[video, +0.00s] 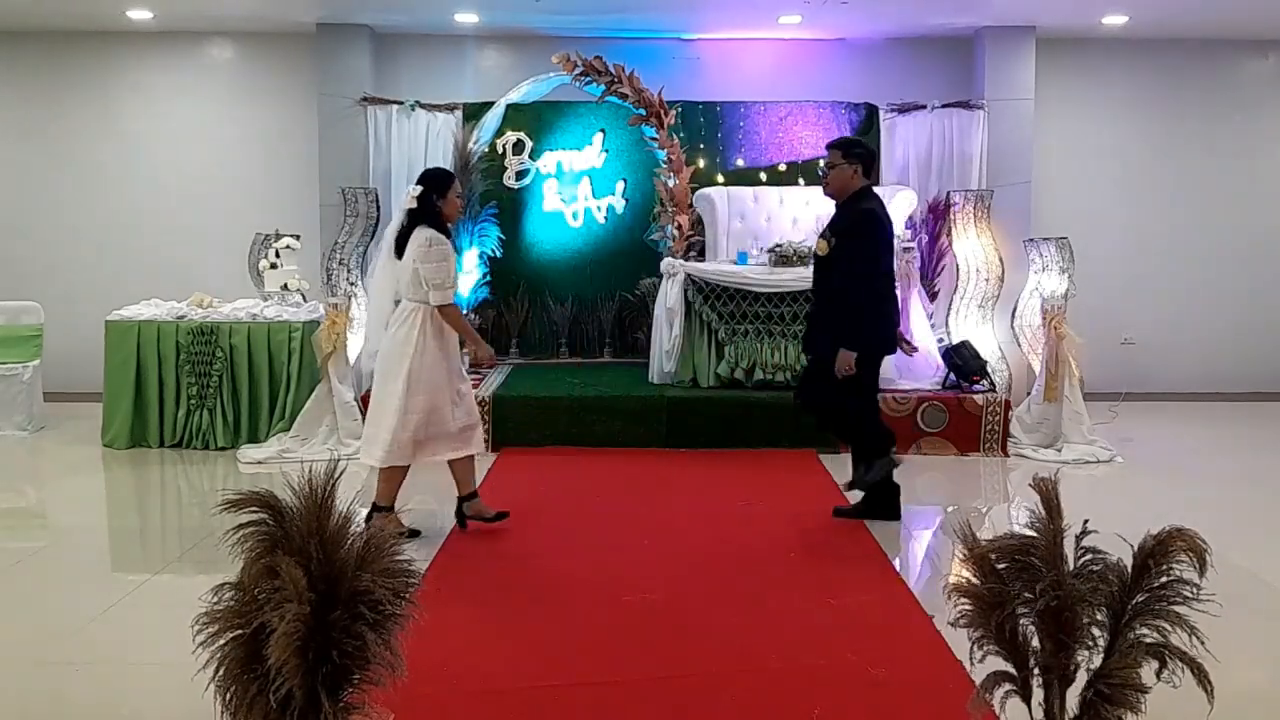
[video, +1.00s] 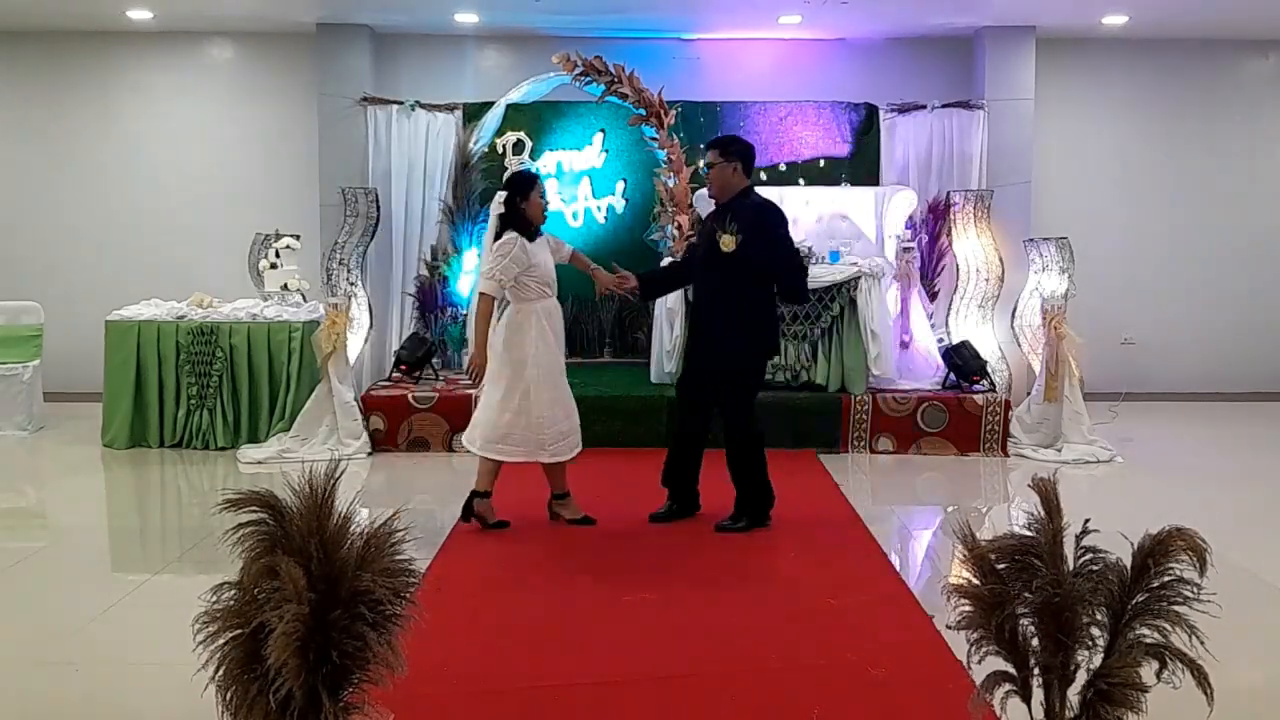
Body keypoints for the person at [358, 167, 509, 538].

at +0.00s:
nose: (461, 202)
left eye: (460, 195)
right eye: (456, 196)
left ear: (430, 200)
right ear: (437, 201)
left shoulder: (415, 238)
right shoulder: (435, 242)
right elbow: (443, 305)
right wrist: (477, 342)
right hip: (421, 343)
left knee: (459, 419)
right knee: (405, 426)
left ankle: (469, 502)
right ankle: (381, 513)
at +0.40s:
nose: (495, 201)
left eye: (494, 194)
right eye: (490, 195)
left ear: (465, 199)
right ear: (472, 199)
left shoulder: (457, 233)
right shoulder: (473, 237)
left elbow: (461, 298)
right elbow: (468, 298)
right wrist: (477, 352)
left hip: (461, 341)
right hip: (468, 343)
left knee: (466, 424)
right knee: (453, 425)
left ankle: (473, 505)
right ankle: (400, 493)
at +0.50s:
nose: (504, 201)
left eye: (502, 194)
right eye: (499, 195)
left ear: (474, 198)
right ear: (483, 198)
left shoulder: (462, 232)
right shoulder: (482, 236)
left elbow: (460, 296)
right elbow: (472, 297)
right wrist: (475, 352)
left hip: (467, 340)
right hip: (481, 341)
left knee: (468, 423)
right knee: (482, 423)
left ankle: (473, 506)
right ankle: (419, 470)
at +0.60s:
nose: (512, 200)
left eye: (511, 193)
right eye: (507, 194)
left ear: (484, 198)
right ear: (491, 198)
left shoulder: (477, 233)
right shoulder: (487, 235)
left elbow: (474, 296)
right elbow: (476, 295)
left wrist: (478, 350)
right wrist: (476, 350)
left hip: (484, 343)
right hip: (493, 343)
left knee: (480, 416)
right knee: (516, 416)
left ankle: (475, 504)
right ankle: (455, 464)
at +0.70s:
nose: (520, 199)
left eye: (519, 192)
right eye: (515, 193)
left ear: (489, 198)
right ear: (500, 197)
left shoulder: (481, 236)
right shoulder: (495, 237)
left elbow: (503, 295)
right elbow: (483, 295)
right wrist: (483, 350)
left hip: (481, 344)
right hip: (502, 344)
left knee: (475, 423)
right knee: (533, 414)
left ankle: (473, 506)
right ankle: (504, 488)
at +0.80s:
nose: (530, 200)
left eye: (528, 192)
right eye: (524, 193)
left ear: (504, 199)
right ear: (507, 199)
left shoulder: (499, 235)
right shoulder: (503, 237)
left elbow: (535, 273)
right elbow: (487, 290)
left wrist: (570, 297)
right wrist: (486, 347)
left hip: (489, 346)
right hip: (511, 344)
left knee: (477, 418)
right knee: (545, 411)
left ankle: (473, 504)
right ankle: (551, 497)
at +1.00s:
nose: (546, 204)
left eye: (544, 197)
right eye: (540, 198)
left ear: (529, 203)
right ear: (521, 204)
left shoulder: (541, 241)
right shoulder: (510, 245)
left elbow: (571, 254)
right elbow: (485, 297)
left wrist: (597, 272)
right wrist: (479, 351)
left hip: (535, 344)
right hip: (525, 345)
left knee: (503, 419)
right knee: (553, 417)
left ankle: (480, 497)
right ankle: (561, 499)